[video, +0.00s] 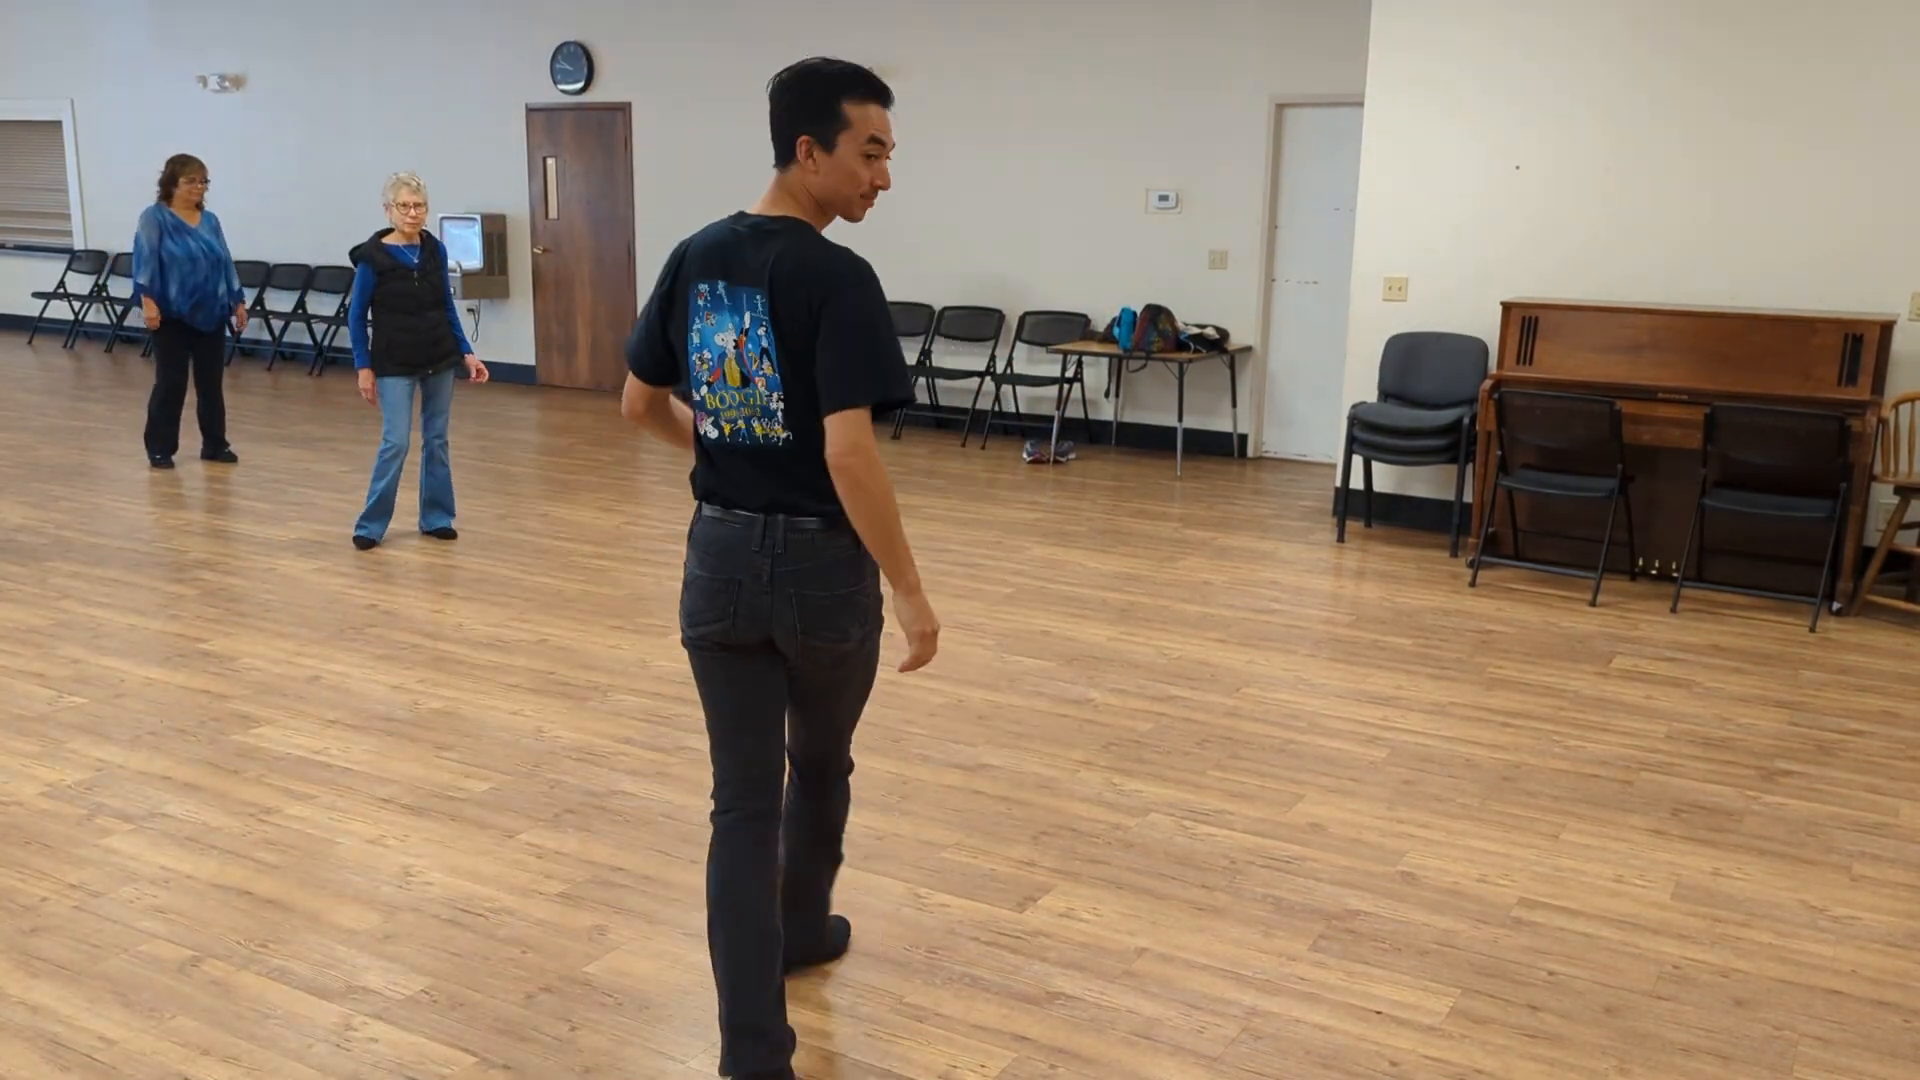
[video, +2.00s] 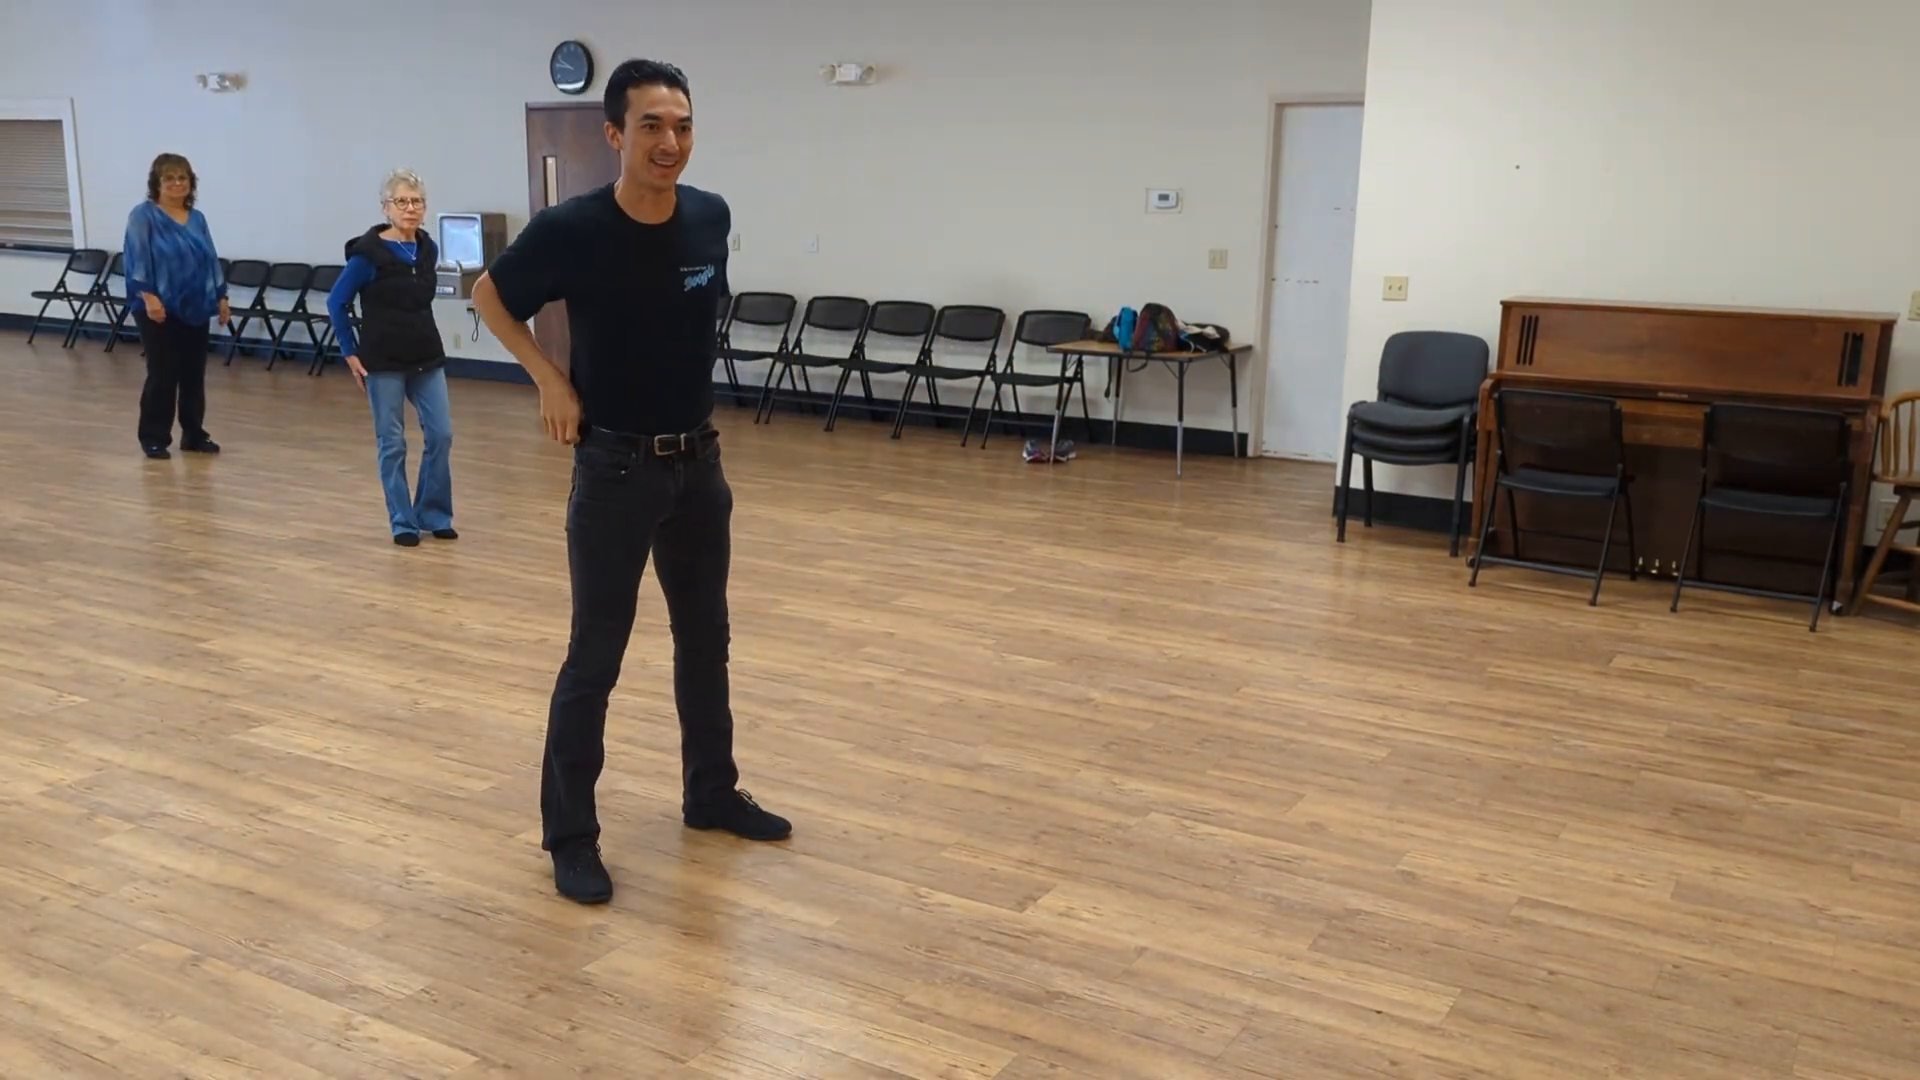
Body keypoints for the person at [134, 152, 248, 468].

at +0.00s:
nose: (201, 187)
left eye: (203, 181)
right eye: (193, 181)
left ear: (205, 184)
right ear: (174, 183)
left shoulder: (209, 220)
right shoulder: (154, 217)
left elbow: (226, 263)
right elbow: (144, 263)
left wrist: (237, 301)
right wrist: (148, 301)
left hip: (210, 314)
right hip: (171, 314)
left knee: (211, 383)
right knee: (171, 384)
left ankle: (215, 445)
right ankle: (160, 451)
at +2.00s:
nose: (176, 183)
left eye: (182, 178)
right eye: (169, 178)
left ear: (190, 183)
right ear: (157, 182)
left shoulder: (197, 218)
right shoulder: (143, 215)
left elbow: (211, 261)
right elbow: (137, 262)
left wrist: (221, 297)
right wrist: (148, 296)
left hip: (195, 308)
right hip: (159, 307)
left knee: (193, 373)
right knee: (163, 373)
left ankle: (193, 434)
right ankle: (154, 439)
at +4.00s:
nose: (168, 183)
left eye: (174, 178)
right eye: (161, 178)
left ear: (180, 183)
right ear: (147, 183)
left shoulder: (188, 218)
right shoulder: (135, 216)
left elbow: (202, 262)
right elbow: (130, 262)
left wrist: (212, 296)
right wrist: (139, 298)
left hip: (192, 307)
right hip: (156, 308)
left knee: (192, 375)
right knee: (157, 375)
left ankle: (193, 436)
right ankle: (152, 440)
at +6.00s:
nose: (179, 183)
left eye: (181, 178)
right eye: (171, 178)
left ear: (182, 182)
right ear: (152, 181)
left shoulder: (187, 216)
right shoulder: (135, 216)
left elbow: (201, 261)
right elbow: (130, 263)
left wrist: (211, 295)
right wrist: (137, 299)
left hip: (193, 307)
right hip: (157, 307)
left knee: (192, 375)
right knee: (158, 375)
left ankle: (194, 436)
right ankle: (152, 440)